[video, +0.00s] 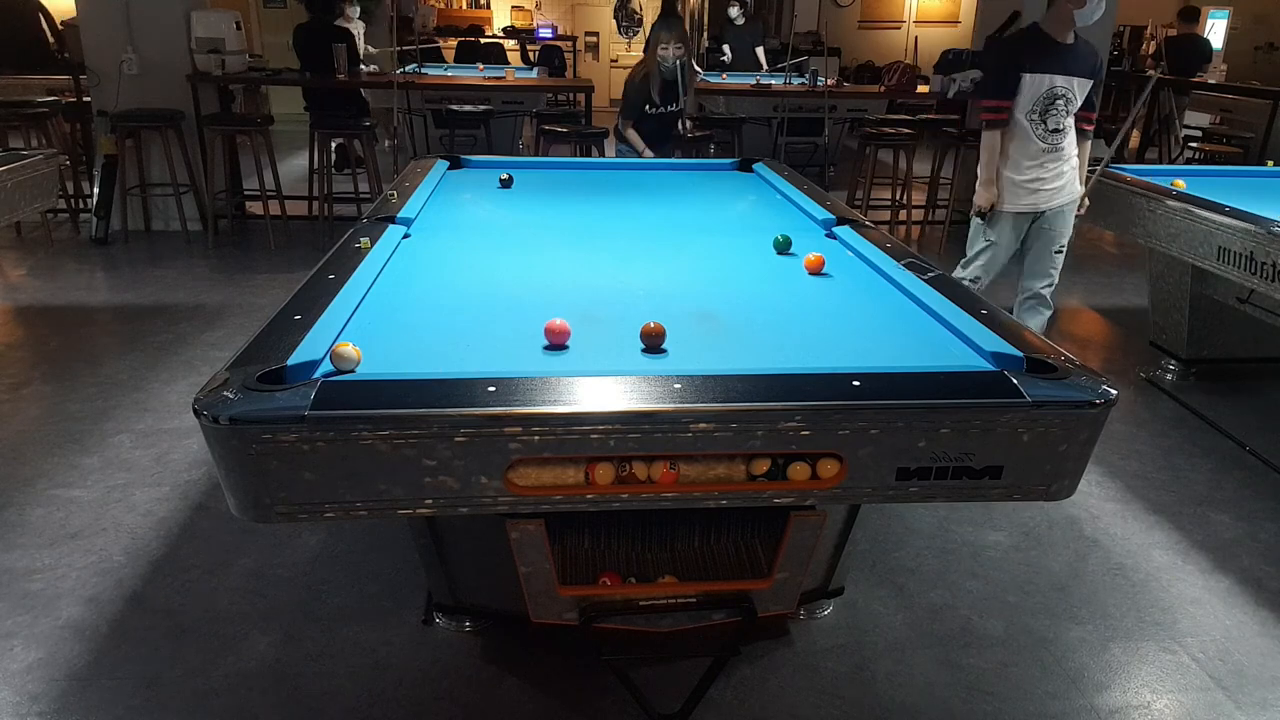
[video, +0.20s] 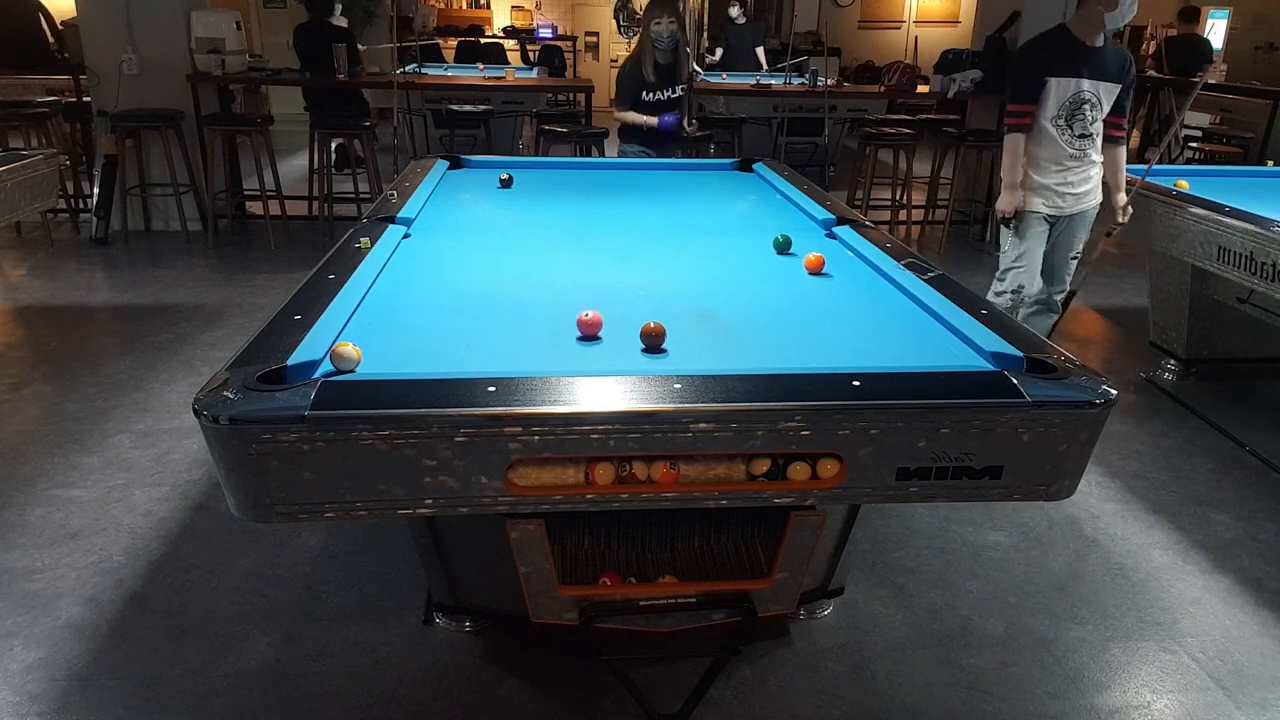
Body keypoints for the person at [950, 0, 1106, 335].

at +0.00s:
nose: (1085, 5)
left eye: (1087, 1)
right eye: (1078, 1)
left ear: (1084, 7)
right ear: (1059, 2)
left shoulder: (1090, 58)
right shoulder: (1009, 49)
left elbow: (1084, 128)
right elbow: (992, 122)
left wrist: (1079, 185)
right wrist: (985, 184)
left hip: (1061, 195)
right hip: (1008, 194)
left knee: (1039, 293)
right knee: (970, 282)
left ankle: (1025, 369)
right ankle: (929, 351)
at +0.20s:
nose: (1126, 6)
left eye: (1128, 2)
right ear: (1097, 2)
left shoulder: (1121, 65)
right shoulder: (1035, 54)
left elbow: (1115, 139)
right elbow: (1015, 127)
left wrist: (1119, 195)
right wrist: (1009, 188)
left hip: (1083, 200)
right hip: (1031, 195)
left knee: (1052, 294)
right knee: (1017, 288)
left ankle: (1025, 366)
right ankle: (980, 364)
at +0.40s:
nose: (1156, 8)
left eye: (1158, 2)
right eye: (1149, 1)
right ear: (1124, 4)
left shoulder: (1143, 69)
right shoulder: (1062, 60)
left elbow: (1136, 141)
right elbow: (1041, 137)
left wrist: (1153, 195)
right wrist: (1041, 202)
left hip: (1100, 207)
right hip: (1052, 204)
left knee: (1058, 303)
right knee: (1053, 307)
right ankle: (1045, 393)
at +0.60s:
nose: (1179, 13)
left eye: (1181, 7)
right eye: (1173, 5)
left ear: (1166, 11)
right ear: (1146, 3)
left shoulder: (1168, 67)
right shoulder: (1087, 61)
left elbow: (1160, 144)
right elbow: (1070, 146)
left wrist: (1173, 203)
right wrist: (1069, 211)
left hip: (1122, 215)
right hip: (1076, 211)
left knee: (1070, 312)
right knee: (1074, 320)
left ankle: (1014, 383)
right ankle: (1067, 430)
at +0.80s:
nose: (1206, 11)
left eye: (1208, 5)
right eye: (1201, 4)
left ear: (1192, 7)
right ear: (1177, 3)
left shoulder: (1199, 65)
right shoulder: (1108, 59)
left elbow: (1188, 149)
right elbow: (1089, 144)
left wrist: (1184, 212)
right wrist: (1097, 212)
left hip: (1154, 223)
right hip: (1093, 219)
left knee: (1141, 319)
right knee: (1080, 330)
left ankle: (1087, 371)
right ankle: (1071, 435)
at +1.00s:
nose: (1243, 11)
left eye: (1244, 5)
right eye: (1238, 3)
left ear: (1225, 7)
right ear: (1213, 2)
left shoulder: (1229, 71)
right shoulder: (1138, 58)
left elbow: (1213, 156)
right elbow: (1119, 149)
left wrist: (1207, 223)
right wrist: (1119, 224)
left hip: (1186, 234)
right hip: (1118, 230)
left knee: (1187, 344)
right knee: (1089, 341)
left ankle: (1157, 448)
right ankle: (1066, 436)